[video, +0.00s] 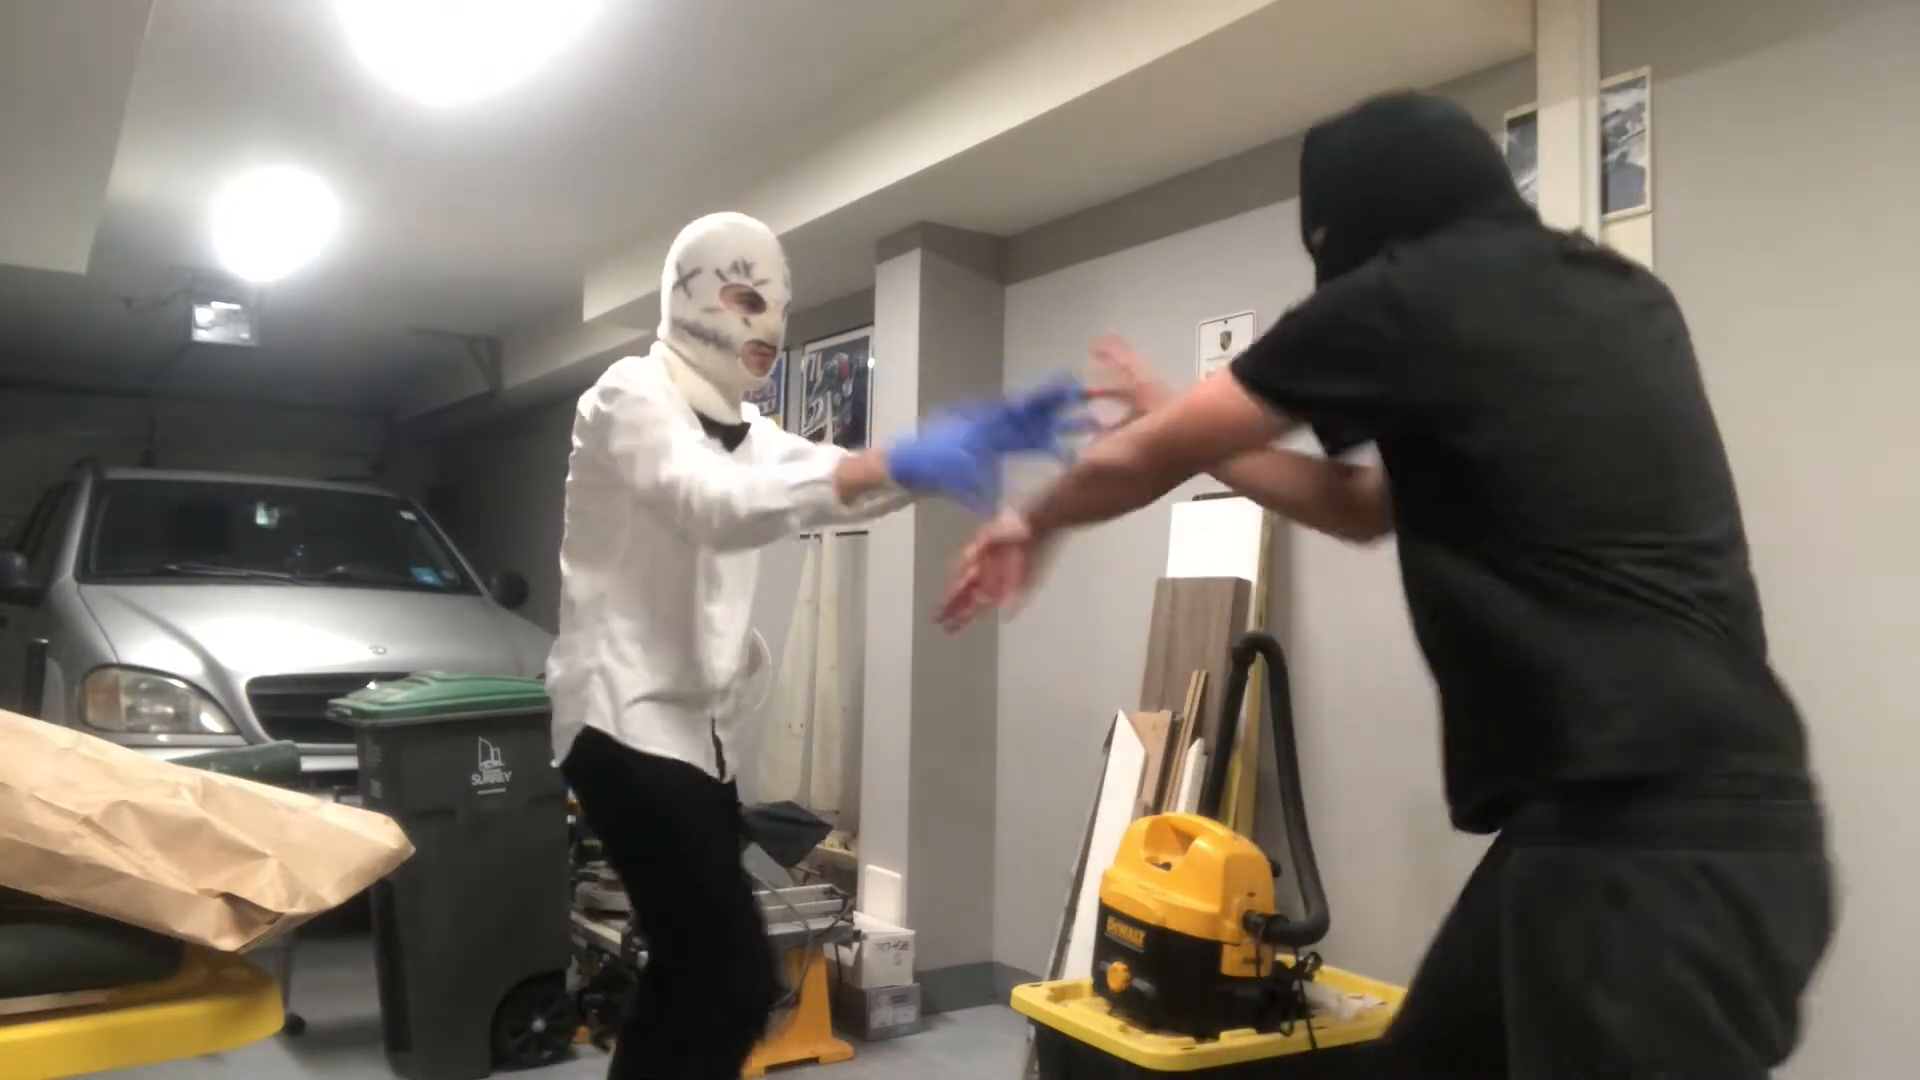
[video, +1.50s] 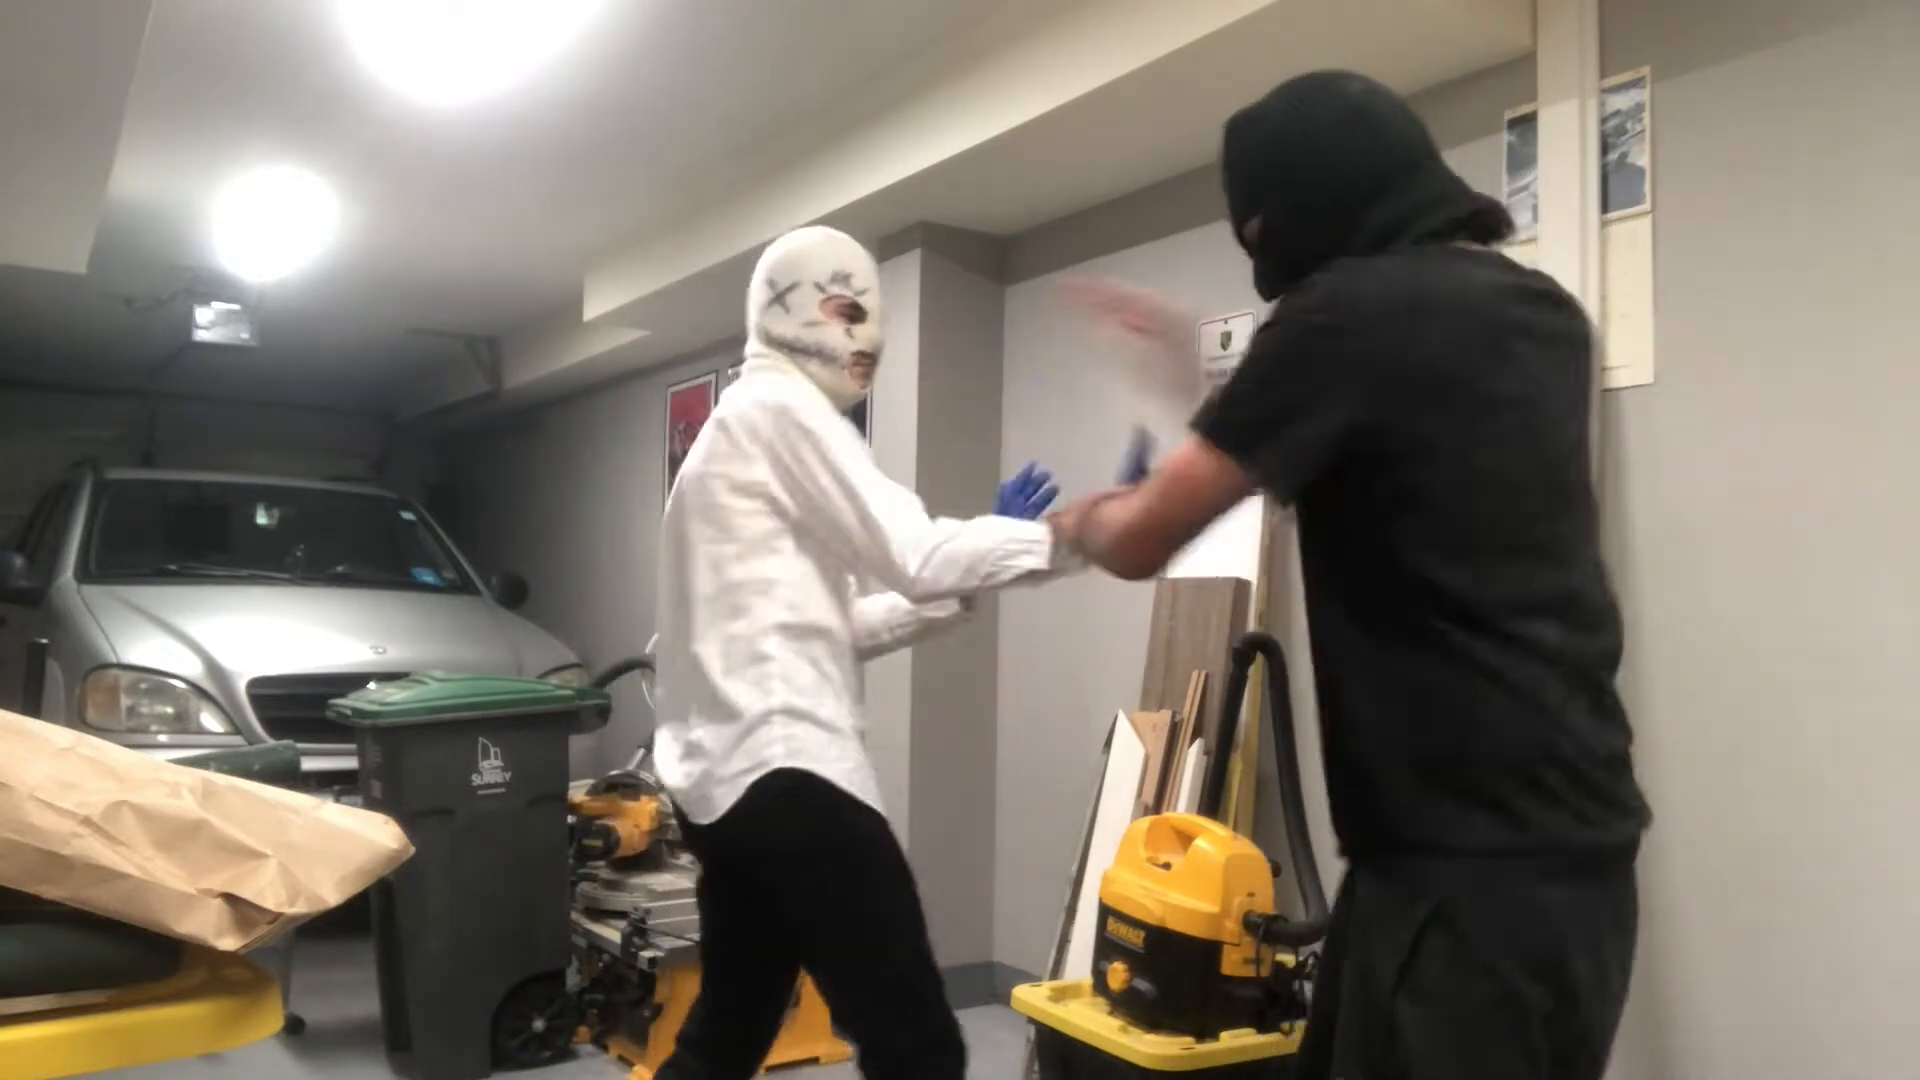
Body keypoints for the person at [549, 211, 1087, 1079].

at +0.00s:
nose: (766, 320)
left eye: (775, 302)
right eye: (743, 298)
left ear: (783, 310)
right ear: (684, 299)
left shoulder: (738, 428)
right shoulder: (630, 397)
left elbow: (834, 490)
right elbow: (714, 505)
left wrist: (976, 444)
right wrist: (882, 465)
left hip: (694, 728)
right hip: (623, 723)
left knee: (704, 971)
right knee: (722, 971)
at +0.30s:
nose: (819, 327)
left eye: (831, 313)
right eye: (798, 301)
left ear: (834, 330)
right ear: (738, 301)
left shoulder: (779, 444)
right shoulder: (680, 400)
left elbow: (887, 534)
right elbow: (779, 526)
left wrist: (1006, 482)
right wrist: (970, 462)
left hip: (701, 741)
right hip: (644, 736)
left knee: (714, 1011)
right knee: (734, 1014)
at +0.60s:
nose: (812, 341)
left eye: (821, 322)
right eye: (793, 312)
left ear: (819, 327)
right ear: (732, 304)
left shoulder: (737, 441)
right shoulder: (678, 407)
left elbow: (772, 609)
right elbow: (726, 518)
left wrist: (855, 605)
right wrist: (934, 525)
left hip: (727, 754)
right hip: (681, 753)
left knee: (709, 1014)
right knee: (805, 1014)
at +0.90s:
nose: (857, 349)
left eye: (863, 330)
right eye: (839, 320)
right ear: (784, 314)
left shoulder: (755, 419)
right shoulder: (748, 393)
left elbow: (817, 625)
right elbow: (812, 494)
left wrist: (923, 552)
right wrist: (970, 391)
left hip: (695, 764)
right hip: (750, 756)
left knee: (704, 1031)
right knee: (898, 1023)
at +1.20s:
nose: (866, 330)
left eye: (872, 311)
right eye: (844, 305)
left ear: (877, 318)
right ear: (782, 307)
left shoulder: (809, 432)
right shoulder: (732, 409)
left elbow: (891, 569)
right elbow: (830, 510)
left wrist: (1014, 588)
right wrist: (962, 365)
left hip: (825, 762)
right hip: (792, 768)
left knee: (758, 1034)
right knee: (924, 1046)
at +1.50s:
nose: (870, 341)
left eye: (870, 318)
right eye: (853, 315)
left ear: (775, 321)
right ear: (802, 313)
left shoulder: (725, 435)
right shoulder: (775, 407)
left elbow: (831, 631)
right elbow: (916, 556)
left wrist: (970, 568)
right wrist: (1064, 534)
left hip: (720, 776)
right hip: (789, 767)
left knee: (728, 1031)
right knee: (916, 1047)